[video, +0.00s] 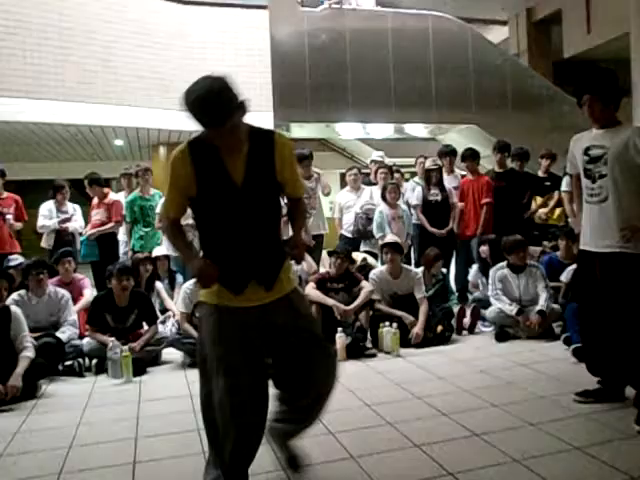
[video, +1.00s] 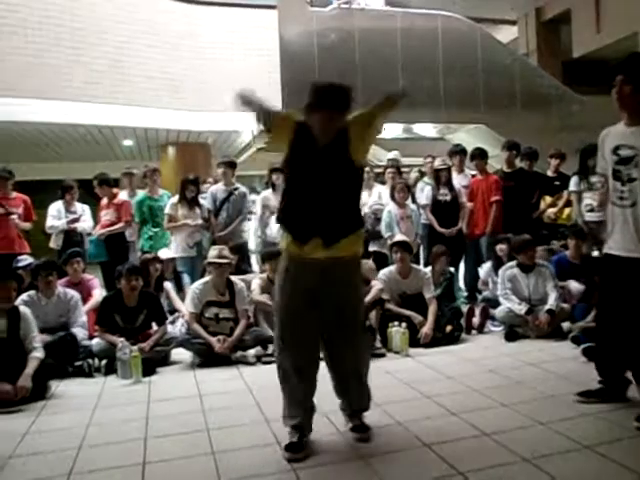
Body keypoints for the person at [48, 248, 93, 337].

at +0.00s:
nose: (66, 266)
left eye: (69, 262)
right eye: (62, 263)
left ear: (74, 265)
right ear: (57, 267)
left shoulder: (82, 280)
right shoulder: (51, 284)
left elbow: (88, 297)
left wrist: (73, 311)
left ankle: (81, 333)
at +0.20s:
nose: (66, 266)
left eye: (69, 262)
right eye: (62, 263)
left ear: (74, 265)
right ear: (56, 267)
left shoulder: (82, 280)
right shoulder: (51, 284)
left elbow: (88, 297)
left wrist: (73, 311)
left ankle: (82, 333)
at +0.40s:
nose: (65, 266)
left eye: (68, 262)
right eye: (61, 263)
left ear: (74, 265)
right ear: (56, 267)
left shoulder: (82, 280)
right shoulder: (50, 284)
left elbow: (87, 297)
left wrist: (72, 311)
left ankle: (81, 333)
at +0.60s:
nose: (65, 266)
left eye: (67, 262)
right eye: (61, 264)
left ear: (73, 265)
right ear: (55, 267)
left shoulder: (81, 280)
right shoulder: (50, 284)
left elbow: (87, 297)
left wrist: (72, 311)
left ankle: (81, 333)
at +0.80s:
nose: (65, 266)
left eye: (67, 262)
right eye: (60, 263)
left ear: (73, 265)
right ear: (55, 267)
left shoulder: (81, 280)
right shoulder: (50, 284)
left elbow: (87, 297)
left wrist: (72, 311)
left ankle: (81, 333)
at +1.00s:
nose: (75, 267)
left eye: (78, 263)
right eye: (71, 264)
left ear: (83, 265)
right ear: (65, 268)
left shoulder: (91, 281)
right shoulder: (60, 285)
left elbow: (98, 297)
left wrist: (82, 311)